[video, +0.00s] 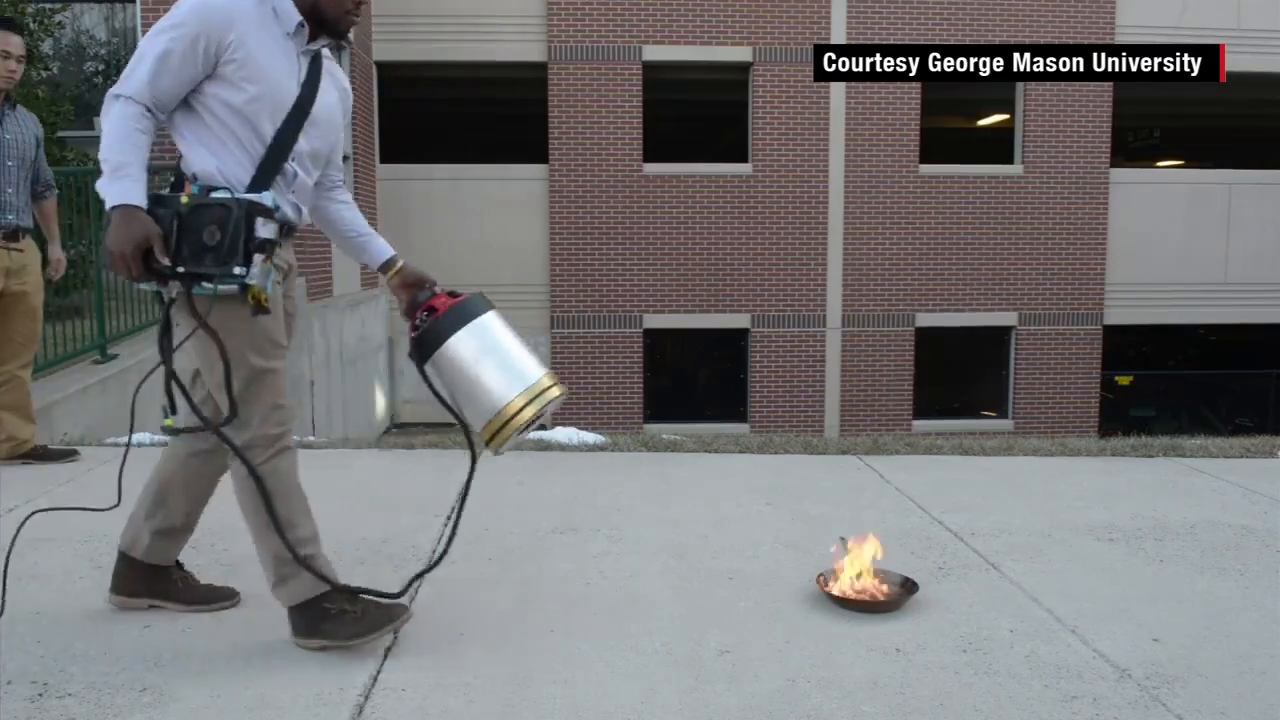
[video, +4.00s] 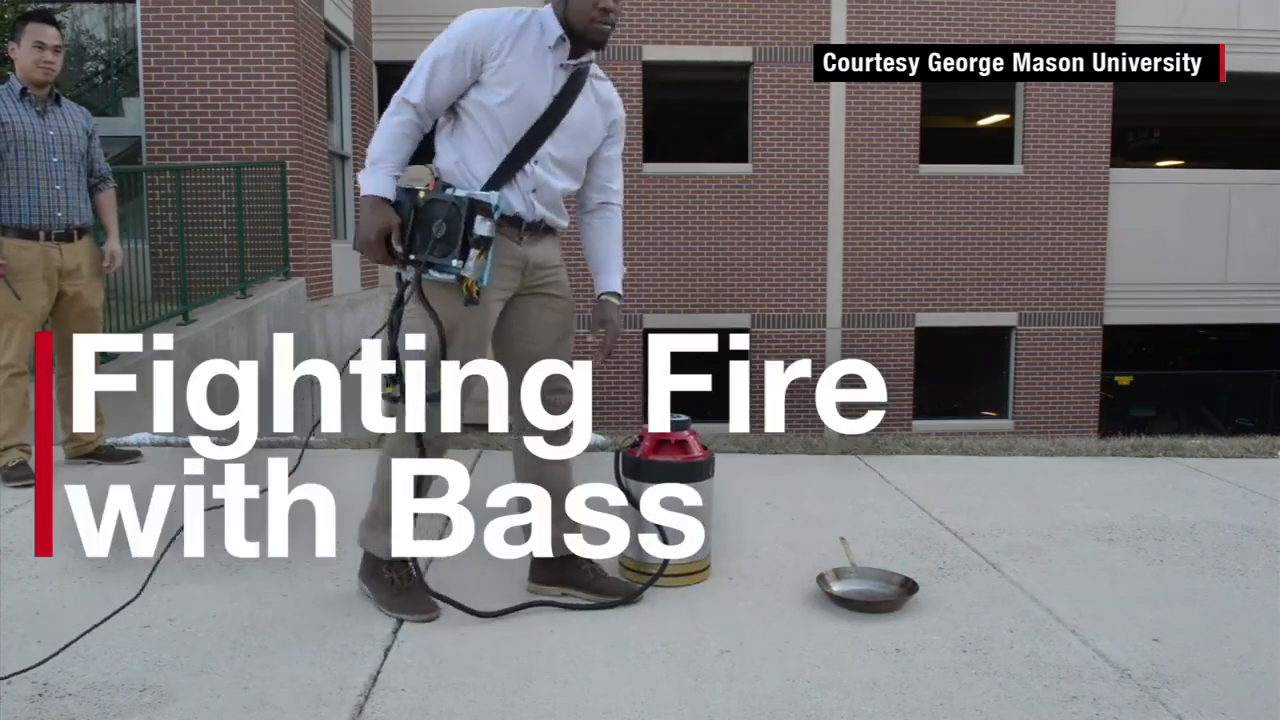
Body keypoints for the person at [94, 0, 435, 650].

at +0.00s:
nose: (362, 8)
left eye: (363, 1)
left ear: (342, 7)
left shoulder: (335, 82)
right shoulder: (222, 15)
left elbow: (326, 192)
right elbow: (130, 101)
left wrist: (390, 265)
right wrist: (126, 204)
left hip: (272, 257)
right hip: (214, 249)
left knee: (214, 419)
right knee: (262, 424)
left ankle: (145, 562)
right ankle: (312, 598)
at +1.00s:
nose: (644, 30)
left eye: (649, 18)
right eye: (640, 13)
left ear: (612, 11)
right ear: (604, 1)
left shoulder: (604, 100)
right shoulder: (505, 17)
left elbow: (590, 208)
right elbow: (428, 96)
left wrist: (620, 295)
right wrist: (402, 191)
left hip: (566, 249)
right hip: (492, 234)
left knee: (564, 406)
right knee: (477, 405)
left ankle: (558, 557)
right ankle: (417, 565)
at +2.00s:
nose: (680, 34)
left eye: (686, 22)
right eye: (676, 17)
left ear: (653, 14)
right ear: (638, 2)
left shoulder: (644, 105)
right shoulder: (546, 22)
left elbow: (627, 208)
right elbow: (465, 98)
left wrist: (649, 296)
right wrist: (432, 188)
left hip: (595, 251)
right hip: (517, 237)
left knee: (571, 409)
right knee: (492, 407)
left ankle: (556, 557)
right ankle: (443, 568)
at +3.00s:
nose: (713, 105)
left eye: (724, 98)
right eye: (710, 85)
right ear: (674, 59)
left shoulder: (655, 171)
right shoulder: (593, 52)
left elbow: (635, 271)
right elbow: (491, 89)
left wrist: (651, 369)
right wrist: (418, 158)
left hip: (556, 258)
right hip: (484, 231)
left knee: (558, 411)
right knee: (465, 408)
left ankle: (555, 557)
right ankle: (419, 565)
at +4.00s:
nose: (611, 9)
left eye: (615, 3)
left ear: (613, 17)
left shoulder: (605, 103)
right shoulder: (490, 32)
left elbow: (601, 203)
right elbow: (410, 108)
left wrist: (608, 287)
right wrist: (374, 195)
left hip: (542, 252)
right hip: (464, 243)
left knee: (548, 408)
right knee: (442, 409)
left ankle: (555, 554)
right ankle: (386, 555)